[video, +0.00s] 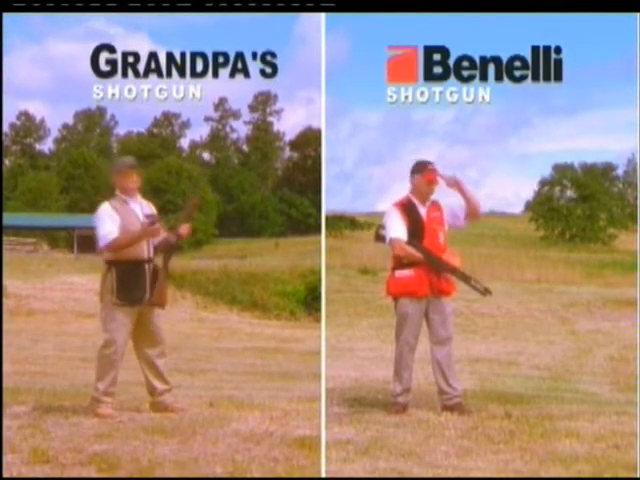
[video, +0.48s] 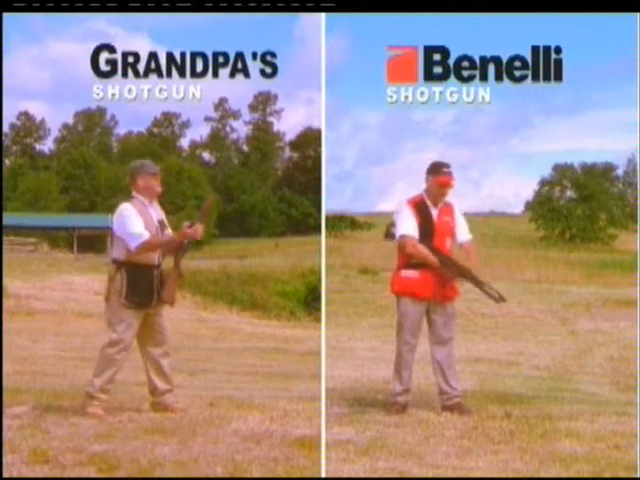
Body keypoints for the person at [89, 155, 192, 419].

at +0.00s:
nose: (131, 181)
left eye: (133, 175)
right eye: (125, 176)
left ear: (140, 178)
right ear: (115, 180)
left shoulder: (147, 208)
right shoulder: (107, 211)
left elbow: (156, 242)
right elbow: (109, 246)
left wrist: (175, 236)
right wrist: (143, 235)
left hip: (147, 274)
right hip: (119, 275)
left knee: (152, 342)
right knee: (115, 341)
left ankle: (160, 396)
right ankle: (102, 399)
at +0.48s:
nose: (159, 184)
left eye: (158, 178)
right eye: (153, 178)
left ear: (155, 183)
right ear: (137, 183)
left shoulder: (156, 211)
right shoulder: (125, 211)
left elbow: (163, 245)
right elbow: (141, 244)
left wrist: (183, 237)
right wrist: (179, 237)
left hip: (152, 274)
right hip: (128, 274)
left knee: (156, 341)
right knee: (120, 339)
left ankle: (162, 396)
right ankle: (96, 397)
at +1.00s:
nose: (152, 188)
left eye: (151, 183)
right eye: (146, 183)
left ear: (143, 188)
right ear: (130, 188)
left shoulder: (150, 214)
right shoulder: (115, 218)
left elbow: (158, 247)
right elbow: (98, 257)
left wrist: (179, 245)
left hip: (146, 279)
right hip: (120, 281)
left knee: (159, 339)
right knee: (119, 343)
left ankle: (162, 397)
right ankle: (92, 399)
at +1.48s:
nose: (170, 202)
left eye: (169, 197)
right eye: (165, 197)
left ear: (153, 202)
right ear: (151, 201)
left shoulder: (157, 225)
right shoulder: (145, 233)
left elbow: (156, 259)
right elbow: (136, 277)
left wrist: (182, 262)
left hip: (149, 297)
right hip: (132, 299)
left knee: (167, 342)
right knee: (133, 354)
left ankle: (165, 395)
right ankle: (96, 398)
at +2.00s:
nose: (143, 176)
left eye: (142, 171)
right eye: (137, 172)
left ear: (140, 176)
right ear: (124, 178)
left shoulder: (148, 198)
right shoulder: (119, 201)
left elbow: (178, 193)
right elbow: (145, 200)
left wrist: (197, 165)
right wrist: (160, 181)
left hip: (154, 261)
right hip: (129, 263)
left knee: (160, 335)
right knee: (121, 335)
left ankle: (162, 396)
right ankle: (97, 396)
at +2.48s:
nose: (128, 177)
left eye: (128, 173)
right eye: (121, 173)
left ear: (128, 178)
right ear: (109, 181)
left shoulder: (136, 198)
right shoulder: (105, 204)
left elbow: (169, 190)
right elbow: (133, 206)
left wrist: (175, 159)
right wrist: (140, 177)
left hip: (145, 269)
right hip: (120, 272)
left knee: (155, 339)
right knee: (112, 339)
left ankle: (162, 395)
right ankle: (95, 398)